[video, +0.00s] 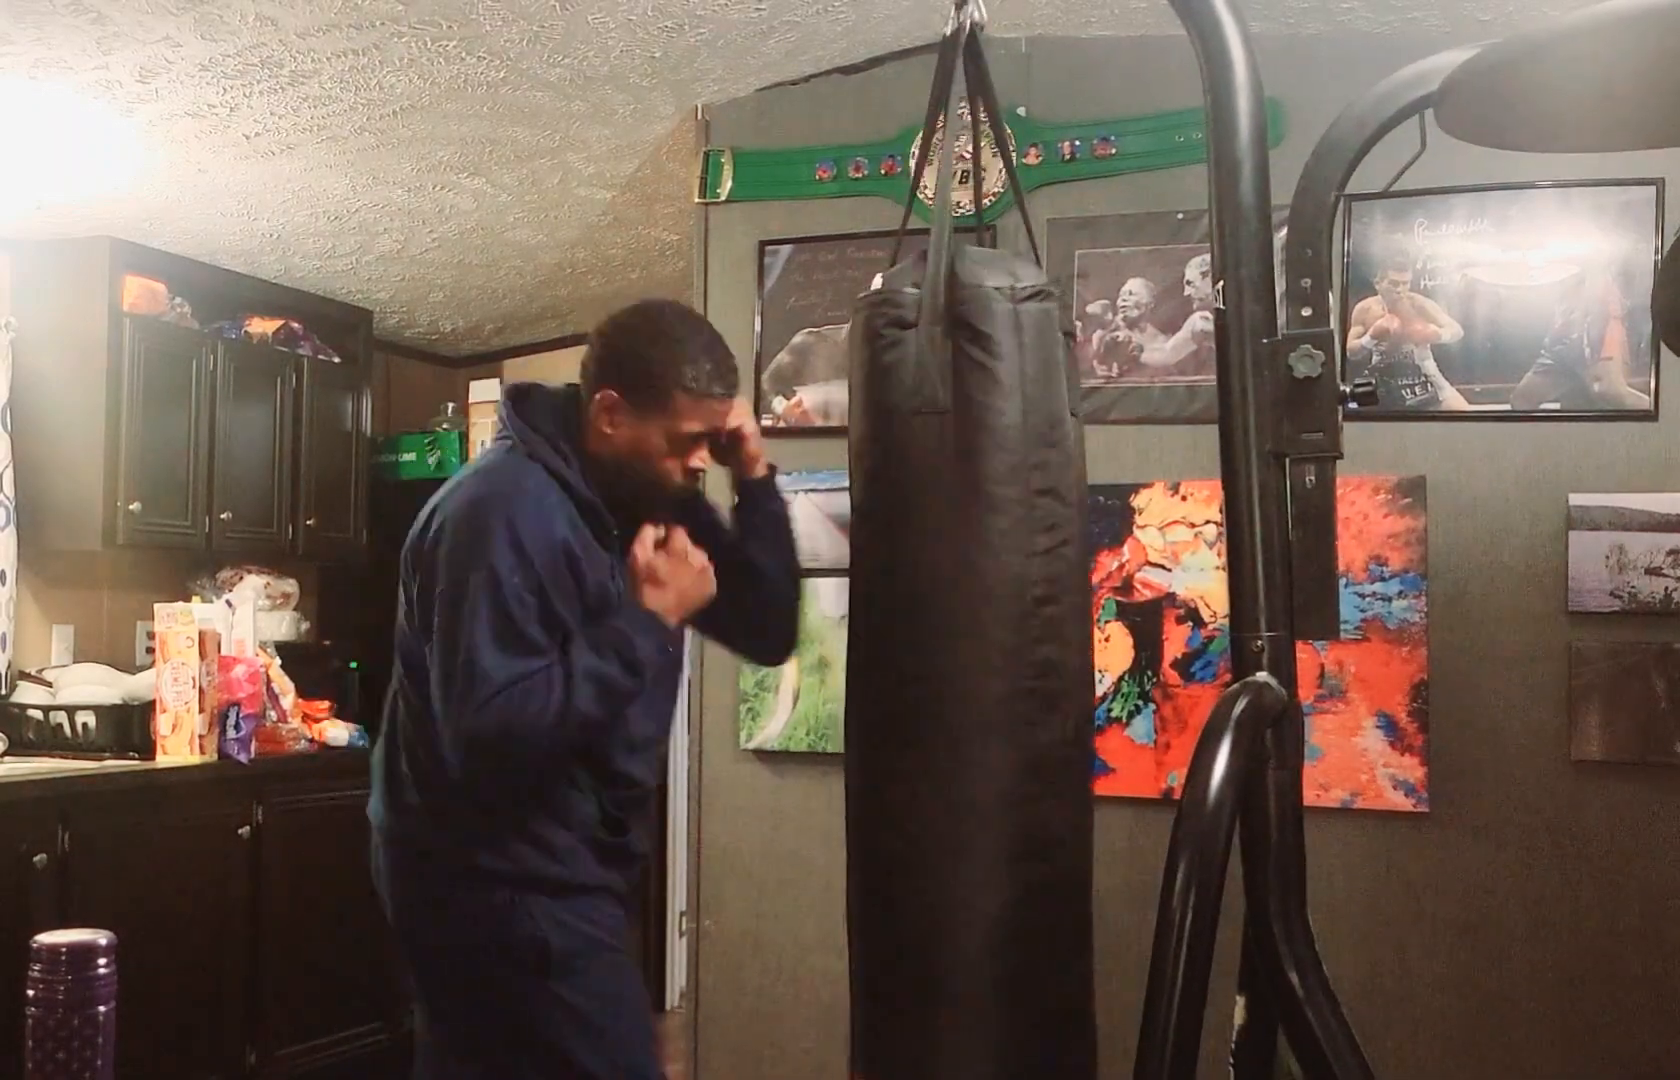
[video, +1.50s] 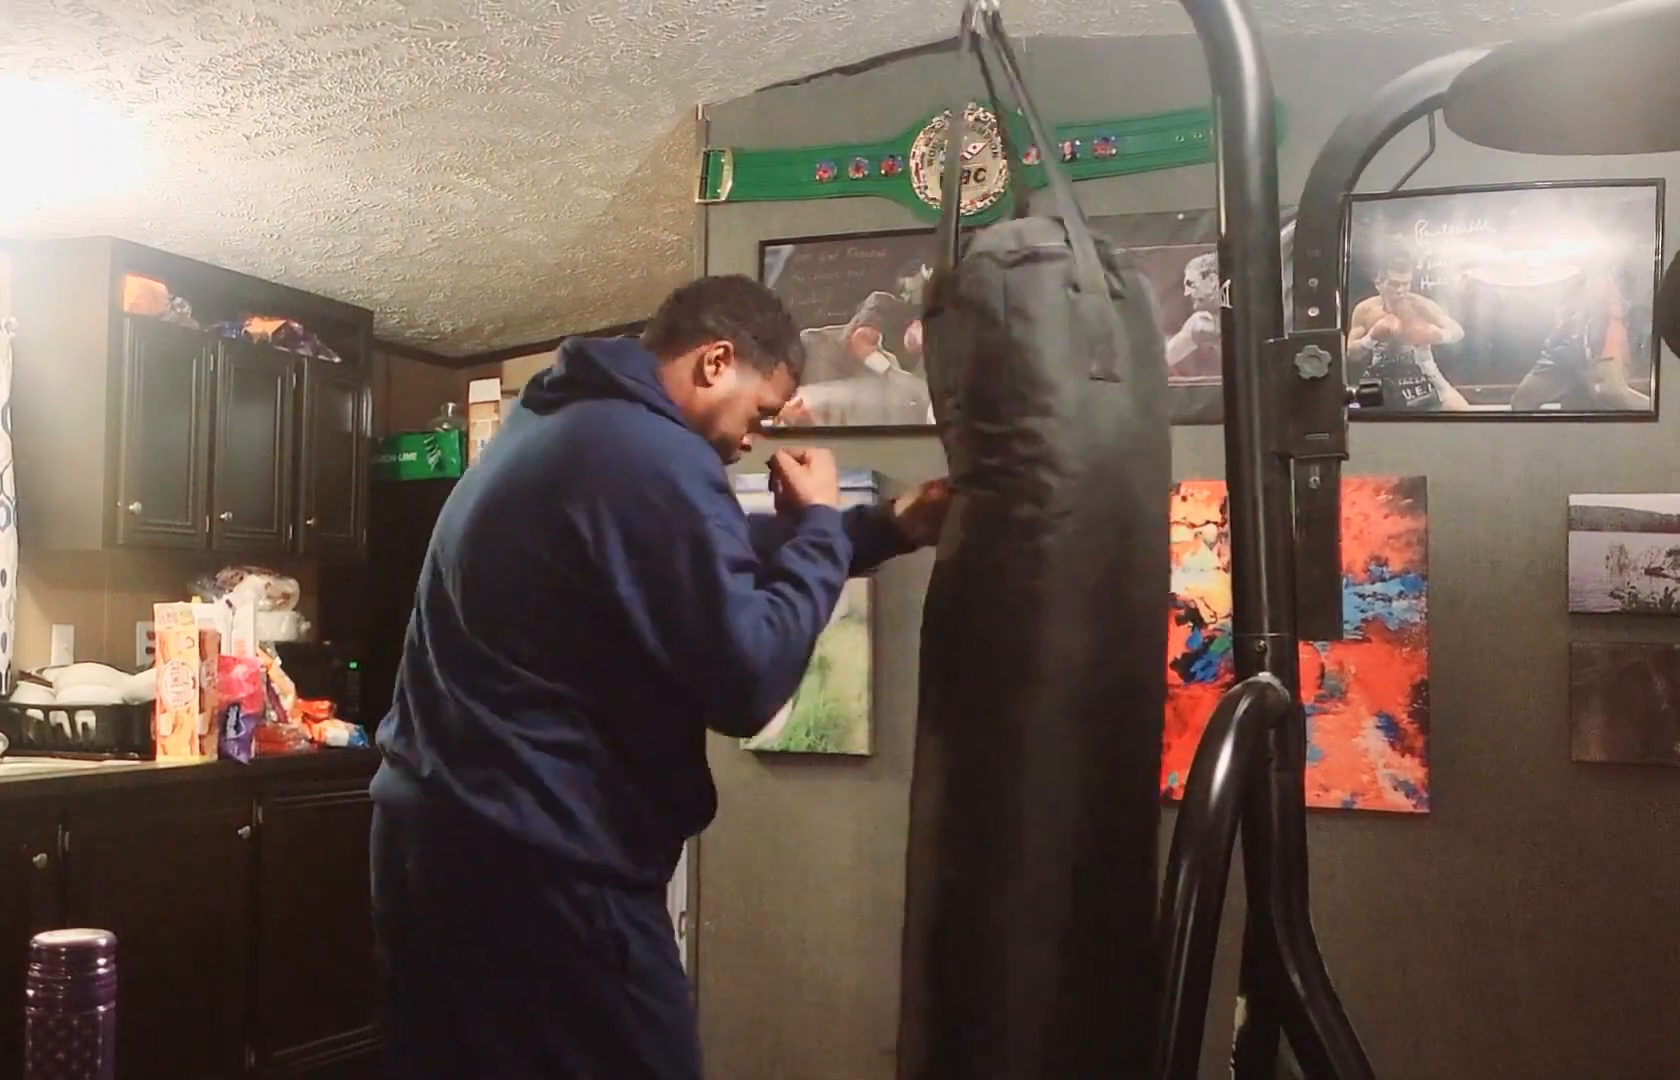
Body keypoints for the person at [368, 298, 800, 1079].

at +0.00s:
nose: (700, 466)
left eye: (709, 443)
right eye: (684, 443)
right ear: (609, 415)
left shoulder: (624, 497)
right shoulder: (497, 512)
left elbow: (765, 634)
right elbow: (488, 728)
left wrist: (752, 471)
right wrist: (651, 620)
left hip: (566, 871)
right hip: (501, 885)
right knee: (611, 1062)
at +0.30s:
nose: (822, 477)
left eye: (829, 457)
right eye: (810, 454)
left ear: (737, 432)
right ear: (736, 428)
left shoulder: (747, 518)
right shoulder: (602, 519)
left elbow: (847, 627)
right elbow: (454, 702)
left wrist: (852, 497)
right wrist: (643, 779)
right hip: (561, 886)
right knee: (693, 1064)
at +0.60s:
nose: (817, 423)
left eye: (829, 402)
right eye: (820, 397)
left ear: (746, 356)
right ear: (765, 368)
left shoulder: (589, 430)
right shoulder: (745, 465)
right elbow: (887, 624)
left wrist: (883, 552)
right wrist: (966, 585)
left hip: (464, 827)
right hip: (612, 859)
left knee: (472, 1063)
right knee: (673, 1064)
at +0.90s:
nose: (734, 443)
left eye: (741, 430)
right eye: (739, 425)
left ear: (621, 378)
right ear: (702, 387)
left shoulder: (475, 472)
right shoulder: (715, 472)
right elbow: (898, 601)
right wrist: (821, 440)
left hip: (437, 861)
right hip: (612, 879)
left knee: (446, 1068)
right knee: (680, 1066)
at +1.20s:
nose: (743, 434)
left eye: (754, 420)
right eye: (749, 416)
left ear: (633, 368)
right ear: (704, 377)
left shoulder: (488, 454)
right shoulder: (715, 479)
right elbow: (890, 621)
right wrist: (836, 448)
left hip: (423, 855)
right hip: (594, 880)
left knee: (444, 1069)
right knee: (680, 1065)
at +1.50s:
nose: (751, 441)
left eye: (767, 422)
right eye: (760, 413)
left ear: (703, 359)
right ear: (713, 364)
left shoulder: (552, 428)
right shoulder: (655, 460)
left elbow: (716, 549)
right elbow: (747, 683)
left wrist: (888, 529)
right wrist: (819, 527)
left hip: (433, 834)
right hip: (555, 863)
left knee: (457, 1064)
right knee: (642, 1061)